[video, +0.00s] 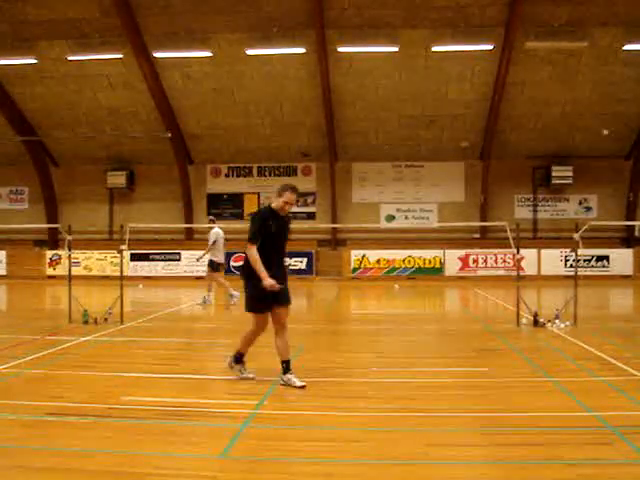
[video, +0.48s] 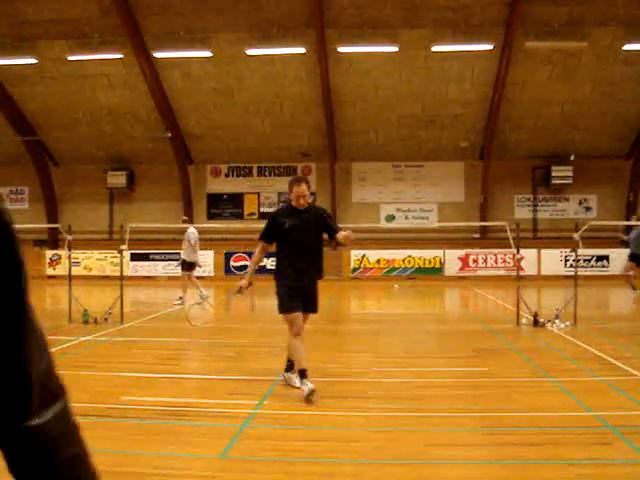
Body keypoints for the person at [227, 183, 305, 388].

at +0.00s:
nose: (288, 207)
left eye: (291, 204)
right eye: (286, 202)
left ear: (293, 204)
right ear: (276, 198)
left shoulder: (284, 220)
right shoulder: (261, 217)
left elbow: (278, 250)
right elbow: (251, 249)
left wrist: (280, 276)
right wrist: (265, 277)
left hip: (278, 275)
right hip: (257, 276)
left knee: (281, 324)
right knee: (260, 324)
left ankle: (286, 371)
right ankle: (237, 359)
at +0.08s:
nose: (293, 207)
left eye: (297, 204)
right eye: (292, 202)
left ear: (300, 204)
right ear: (284, 196)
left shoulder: (292, 220)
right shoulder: (265, 214)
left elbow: (296, 248)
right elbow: (252, 245)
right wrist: (258, 275)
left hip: (283, 274)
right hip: (264, 275)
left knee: (284, 322)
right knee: (269, 325)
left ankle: (286, 371)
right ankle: (245, 353)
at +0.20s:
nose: (300, 203)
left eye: (303, 199)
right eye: (297, 198)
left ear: (306, 199)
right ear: (289, 193)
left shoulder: (305, 218)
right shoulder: (270, 212)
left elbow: (323, 243)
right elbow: (253, 240)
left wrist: (345, 265)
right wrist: (247, 271)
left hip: (291, 274)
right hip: (269, 272)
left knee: (288, 321)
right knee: (281, 319)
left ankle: (287, 371)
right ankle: (265, 357)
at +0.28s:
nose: (300, 201)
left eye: (304, 198)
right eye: (298, 197)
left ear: (307, 198)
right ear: (289, 193)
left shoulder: (307, 217)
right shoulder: (271, 212)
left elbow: (326, 241)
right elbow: (254, 240)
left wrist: (349, 258)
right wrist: (245, 271)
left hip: (293, 273)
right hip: (272, 272)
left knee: (290, 321)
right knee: (283, 318)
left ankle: (287, 371)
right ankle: (270, 363)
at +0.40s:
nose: (301, 199)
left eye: (304, 196)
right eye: (297, 195)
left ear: (309, 194)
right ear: (290, 193)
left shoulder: (315, 214)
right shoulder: (277, 213)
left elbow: (334, 236)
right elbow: (258, 244)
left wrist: (354, 241)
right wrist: (242, 272)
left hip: (303, 276)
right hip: (281, 275)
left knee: (295, 324)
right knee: (290, 322)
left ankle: (288, 371)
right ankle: (291, 375)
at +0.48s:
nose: (302, 200)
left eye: (305, 195)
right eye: (297, 196)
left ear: (310, 194)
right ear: (290, 195)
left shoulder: (319, 214)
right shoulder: (280, 216)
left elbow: (335, 237)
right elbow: (262, 247)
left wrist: (343, 237)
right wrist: (248, 276)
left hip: (310, 277)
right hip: (287, 277)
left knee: (299, 327)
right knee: (295, 327)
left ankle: (289, 370)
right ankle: (304, 379)